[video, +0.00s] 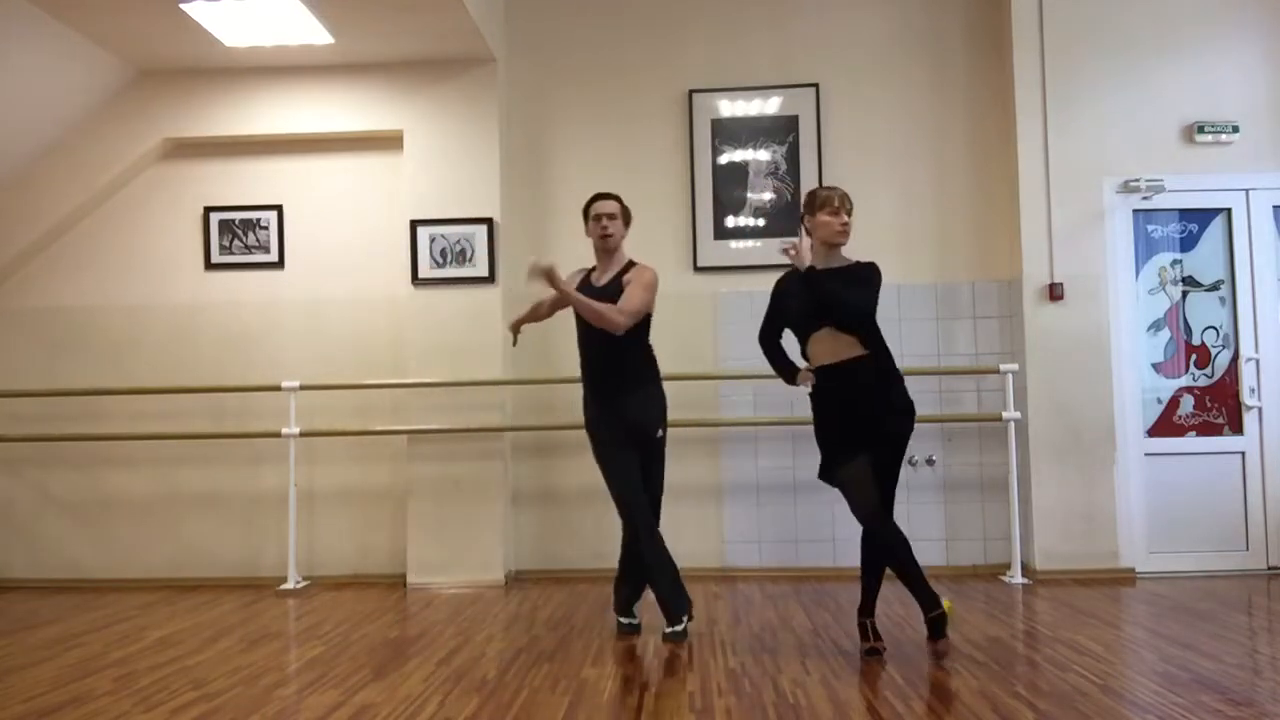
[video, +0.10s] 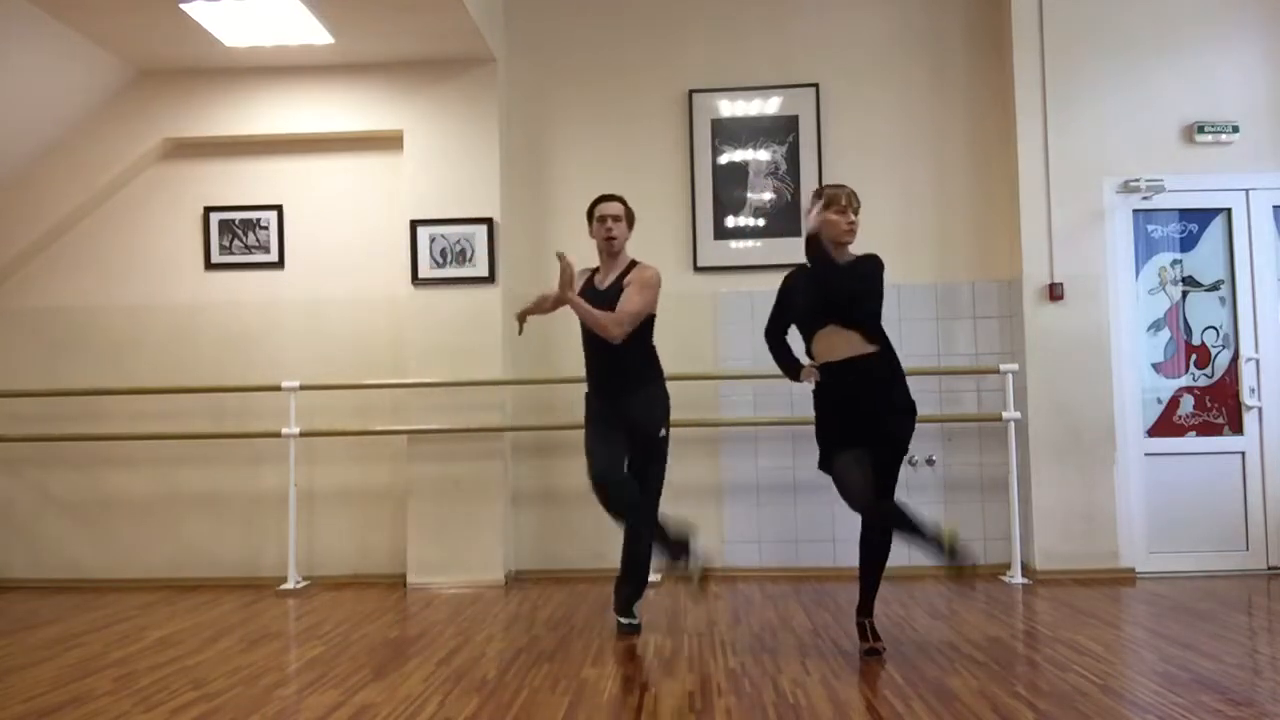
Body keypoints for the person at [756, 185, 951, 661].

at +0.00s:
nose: (841, 218)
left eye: (845, 213)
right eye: (830, 211)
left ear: (851, 223)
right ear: (807, 222)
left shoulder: (865, 271)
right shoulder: (790, 283)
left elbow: (855, 315)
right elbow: (767, 338)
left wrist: (805, 269)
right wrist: (795, 373)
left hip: (884, 395)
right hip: (833, 402)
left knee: (878, 514)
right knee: (870, 514)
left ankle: (866, 616)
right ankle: (932, 605)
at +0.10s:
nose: (849, 218)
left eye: (853, 212)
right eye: (838, 211)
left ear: (857, 222)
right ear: (816, 219)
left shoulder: (868, 264)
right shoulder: (798, 278)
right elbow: (774, 334)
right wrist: (796, 370)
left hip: (884, 388)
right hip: (834, 395)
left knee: (879, 505)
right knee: (858, 496)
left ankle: (865, 615)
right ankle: (940, 543)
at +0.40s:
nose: (847, 222)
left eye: (856, 213)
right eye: (840, 215)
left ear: (875, 218)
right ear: (834, 223)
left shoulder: (898, 277)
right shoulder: (822, 276)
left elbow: (926, 341)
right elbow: (791, 322)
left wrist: (959, 346)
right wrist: (792, 353)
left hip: (874, 387)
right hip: (825, 386)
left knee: (869, 499)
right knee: (839, 488)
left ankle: (868, 613)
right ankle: (871, 586)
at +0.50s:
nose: (840, 221)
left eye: (850, 212)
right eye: (836, 214)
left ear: (876, 216)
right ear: (834, 220)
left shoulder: (902, 273)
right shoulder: (823, 274)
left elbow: (953, 322)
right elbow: (784, 312)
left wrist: (1012, 319)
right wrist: (776, 332)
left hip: (877, 392)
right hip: (826, 389)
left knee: (868, 506)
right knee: (805, 482)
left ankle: (868, 614)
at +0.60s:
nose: (835, 221)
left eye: (844, 212)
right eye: (833, 213)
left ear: (874, 215)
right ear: (836, 220)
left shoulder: (907, 265)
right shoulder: (824, 273)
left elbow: (970, 289)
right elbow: (774, 307)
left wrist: (1020, 260)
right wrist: (744, 297)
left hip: (883, 394)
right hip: (828, 389)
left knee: (872, 510)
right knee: (766, 428)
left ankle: (867, 615)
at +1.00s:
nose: (824, 225)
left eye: (833, 215)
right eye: (821, 217)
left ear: (859, 218)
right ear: (820, 223)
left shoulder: (896, 262)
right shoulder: (820, 275)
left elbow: (949, 291)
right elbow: (782, 297)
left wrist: (963, 289)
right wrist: (740, 297)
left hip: (883, 394)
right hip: (830, 388)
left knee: (868, 513)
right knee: (781, 472)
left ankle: (855, 616)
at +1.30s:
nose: (809, 235)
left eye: (819, 227)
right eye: (807, 228)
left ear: (846, 231)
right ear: (808, 234)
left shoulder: (874, 279)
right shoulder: (802, 288)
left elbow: (922, 321)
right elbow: (768, 327)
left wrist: (895, 363)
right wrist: (724, 311)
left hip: (873, 400)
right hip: (824, 406)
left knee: (868, 516)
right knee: (831, 518)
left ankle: (853, 617)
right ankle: (907, 490)